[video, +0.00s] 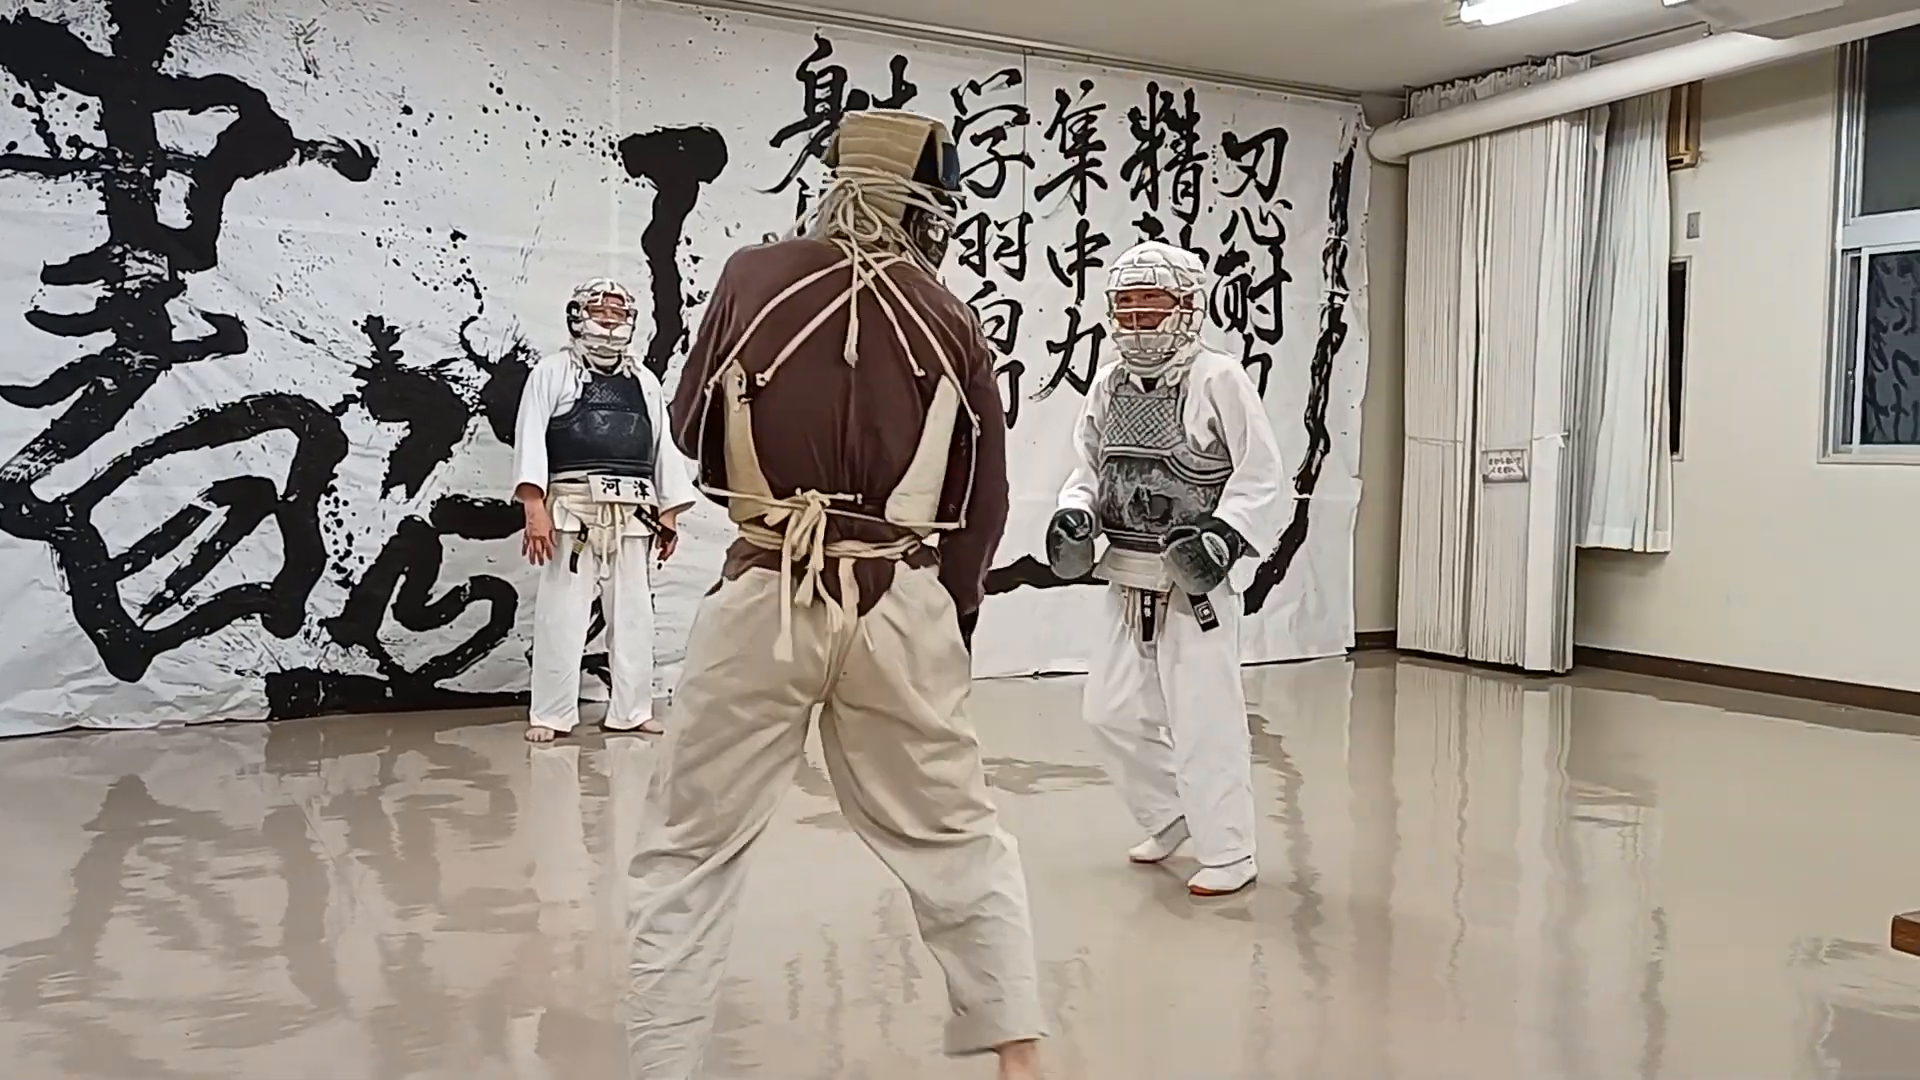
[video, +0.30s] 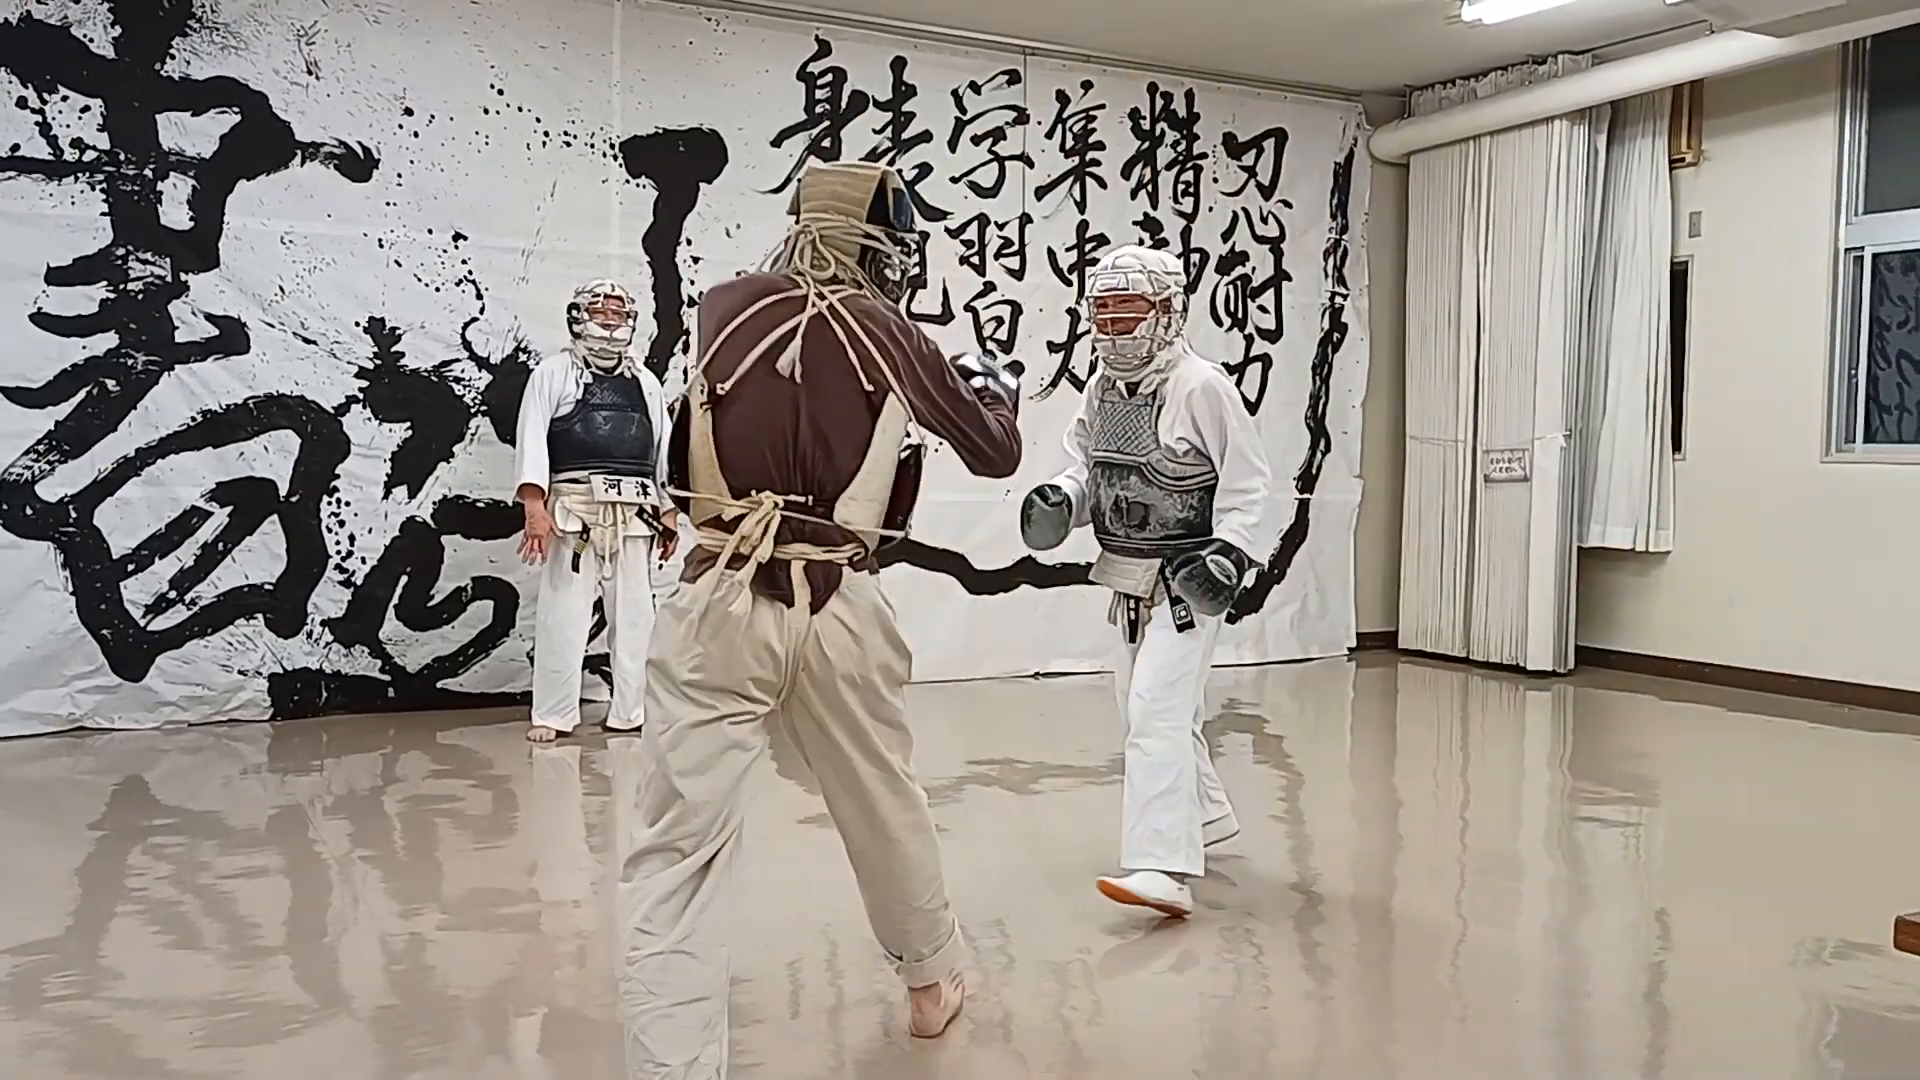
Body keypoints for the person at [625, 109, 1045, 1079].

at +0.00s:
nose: (952, 211)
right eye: (945, 200)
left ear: (833, 192)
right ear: (929, 206)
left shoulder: (754, 272)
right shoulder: (954, 323)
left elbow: (695, 428)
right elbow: (981, 504)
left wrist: (773, 508)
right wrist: (943, 627)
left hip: (758, 602)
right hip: (905, 609)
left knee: (689, 846)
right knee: (956, 831)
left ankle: (662, 1064)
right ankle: (1020, 1056)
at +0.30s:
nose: (905, 256)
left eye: (903, 243)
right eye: (900, 243)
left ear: (798, 231)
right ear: (879, 245)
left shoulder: (722, 307)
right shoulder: (895, 339)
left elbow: (684, 458)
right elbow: (998, 447)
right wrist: (973, 372)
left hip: (712, 606)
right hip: (838, 608)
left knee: (673, 849)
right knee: (881, 799)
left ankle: (674, 1066)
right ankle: (929, 988)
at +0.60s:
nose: (877, 288)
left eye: (879, 272)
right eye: (870, 272)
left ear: (781, 260)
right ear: (843, 271)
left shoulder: (691, 331)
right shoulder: (858, 361)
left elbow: (661, 476)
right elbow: (907, 507)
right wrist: (951, 479)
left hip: (686, 595)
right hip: (804, 601)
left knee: (591, 797)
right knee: (862, 801)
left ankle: (573, 995)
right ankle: (929, 995)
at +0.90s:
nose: (710, 278)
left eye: (709, 261)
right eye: (702, 262)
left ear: (610, 255)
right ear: (677, 263)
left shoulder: (522, 332)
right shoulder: (687, 354)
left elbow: (469, 480)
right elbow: (704, 512)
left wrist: (550, 522)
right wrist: (725, 607)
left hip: (525, 601)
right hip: (646, 603)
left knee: (462, 791)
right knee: (752, 781)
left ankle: (412, 1009)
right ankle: (834, 982)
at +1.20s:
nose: (656, 235)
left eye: (653, 219)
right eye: (648, 221)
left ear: (556, 218)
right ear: (622, 225)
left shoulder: (477, 299)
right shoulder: (636, 317)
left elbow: (392, 424)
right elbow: (680, 457)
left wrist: (474, 455)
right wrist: (690, 550)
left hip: (470, 559)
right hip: (581, 562)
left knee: (441, 782)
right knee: (653, 764)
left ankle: (416, 1009)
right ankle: (639, 954)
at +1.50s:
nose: (697, 263)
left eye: (695, 248)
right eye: (688, 250)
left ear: (604, 247)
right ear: (659, 255)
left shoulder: (523, 321)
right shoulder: (659, 345)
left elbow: (486, 460)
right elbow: (698, 478)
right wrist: (761, 476)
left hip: (498, 569)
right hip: (605, 575)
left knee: (472, 773)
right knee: (673, 753)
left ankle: (429, 995)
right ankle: (725, 939)